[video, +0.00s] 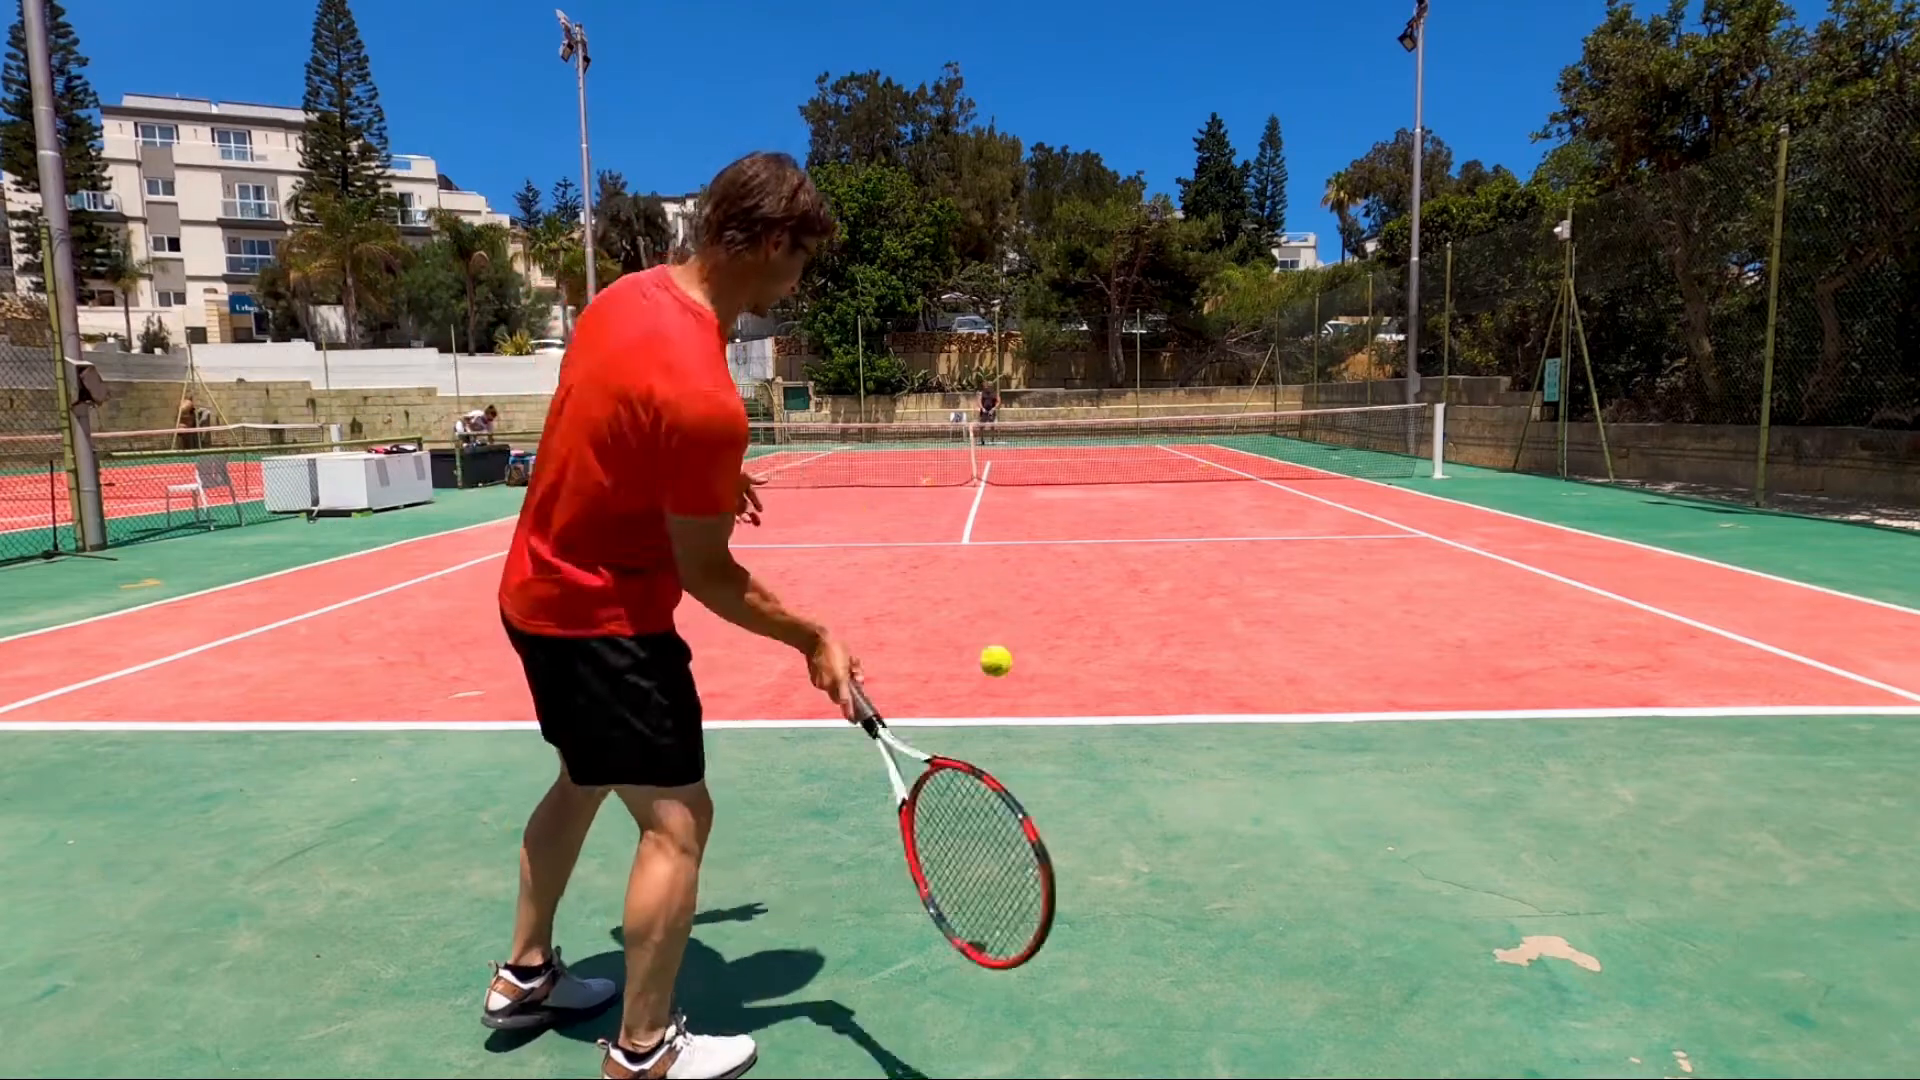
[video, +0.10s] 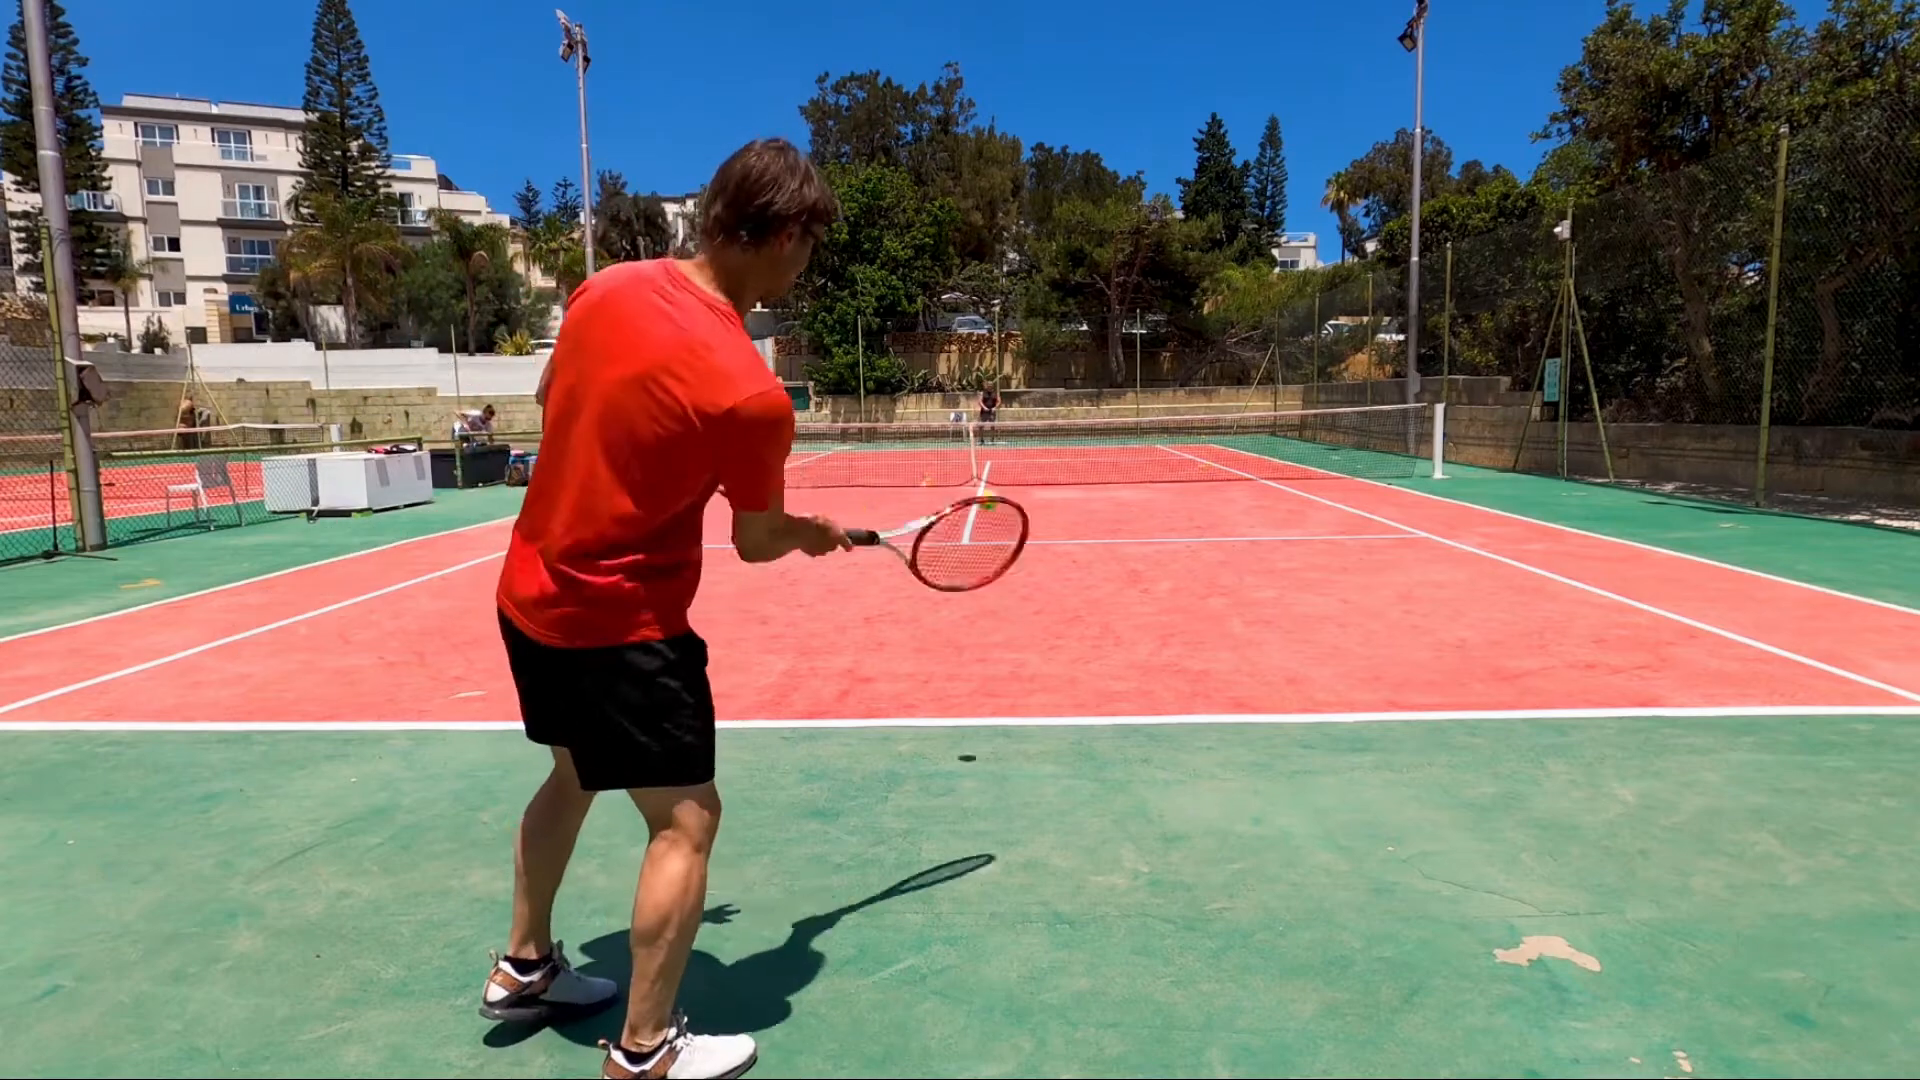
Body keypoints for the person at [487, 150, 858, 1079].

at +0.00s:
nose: (796, 284)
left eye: (803, 266)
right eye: (798, 262)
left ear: (719, 231)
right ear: (761, 247)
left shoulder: (625, 298)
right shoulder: (703, 400)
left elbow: (600, 431)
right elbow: (705, 571)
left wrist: (705, 478)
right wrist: (810, 638)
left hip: (542, 590)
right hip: (609, 619)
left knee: (583, 776)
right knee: (676, 819)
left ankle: (526, 971)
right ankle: (644, 1044)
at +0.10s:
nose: (803, 270)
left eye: (811, 251)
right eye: (806, 248)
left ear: (715, 218)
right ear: (773, 238)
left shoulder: (603, 290)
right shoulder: (747, 391)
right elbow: (758, 542)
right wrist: (811, 530)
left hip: (531, 596)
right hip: (628, 623)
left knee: (571, 774)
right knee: (684, 821)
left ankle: (524, 961)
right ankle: (645, 1043)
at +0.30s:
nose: (795, 227)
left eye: (788, 211)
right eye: (795, 212)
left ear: (694, 199)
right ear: (786, 221)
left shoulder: (596, 282)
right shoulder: (781, 356)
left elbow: (495, 391)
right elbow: (785, 454)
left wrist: (588, 426)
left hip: (544, 602)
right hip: (662, 623)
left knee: (534, 787)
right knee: (682, 824)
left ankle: (496, 980)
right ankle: (647, 1041)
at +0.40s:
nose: (776, 217)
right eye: (780, 204)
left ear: (683, 192)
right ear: (775, 210)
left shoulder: (587, 286)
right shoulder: (783, 350)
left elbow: (478, 405)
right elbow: (782, 441)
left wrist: (562, 436)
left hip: (545, 607)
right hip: (669, 629)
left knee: (527, 796)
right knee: (679, 830)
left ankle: (485, 1001)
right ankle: (646, 1041)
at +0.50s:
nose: (750, 211)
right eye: (756, 198)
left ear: (660, 196)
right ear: (757, 206)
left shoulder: (575, 288)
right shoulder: (774, 343)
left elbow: (467, 415)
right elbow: (772, 454)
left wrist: (548, 453)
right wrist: (694, 391)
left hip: (542, 609)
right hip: (669, 629)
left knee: (523, 809)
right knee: (676, 834)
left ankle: (491, 1018)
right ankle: (646, 1044)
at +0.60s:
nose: (729, 207)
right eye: (733, 195)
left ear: (639, 193)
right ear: (732, 206)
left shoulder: (553, 291)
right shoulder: (756, 342)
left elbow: (459, 427)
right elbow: (761, 479)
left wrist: (544, 449)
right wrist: (679, 432)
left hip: (539, 613)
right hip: (666, 631)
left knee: (525, 821)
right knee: (673, 837)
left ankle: (508, 1033)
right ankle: (645, 1045)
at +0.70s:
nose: (687, 211)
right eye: (699, 199)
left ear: (607, 195)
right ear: (700, 209)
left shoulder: (528, 297)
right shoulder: (730, 338)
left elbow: (454, 446)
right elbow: (750, 499)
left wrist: (548, 454)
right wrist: (660, 486)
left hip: (535, 619)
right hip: (662, 630)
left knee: (527, 830)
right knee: (672, 838)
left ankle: (517, 1037)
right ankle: (645, 1044)